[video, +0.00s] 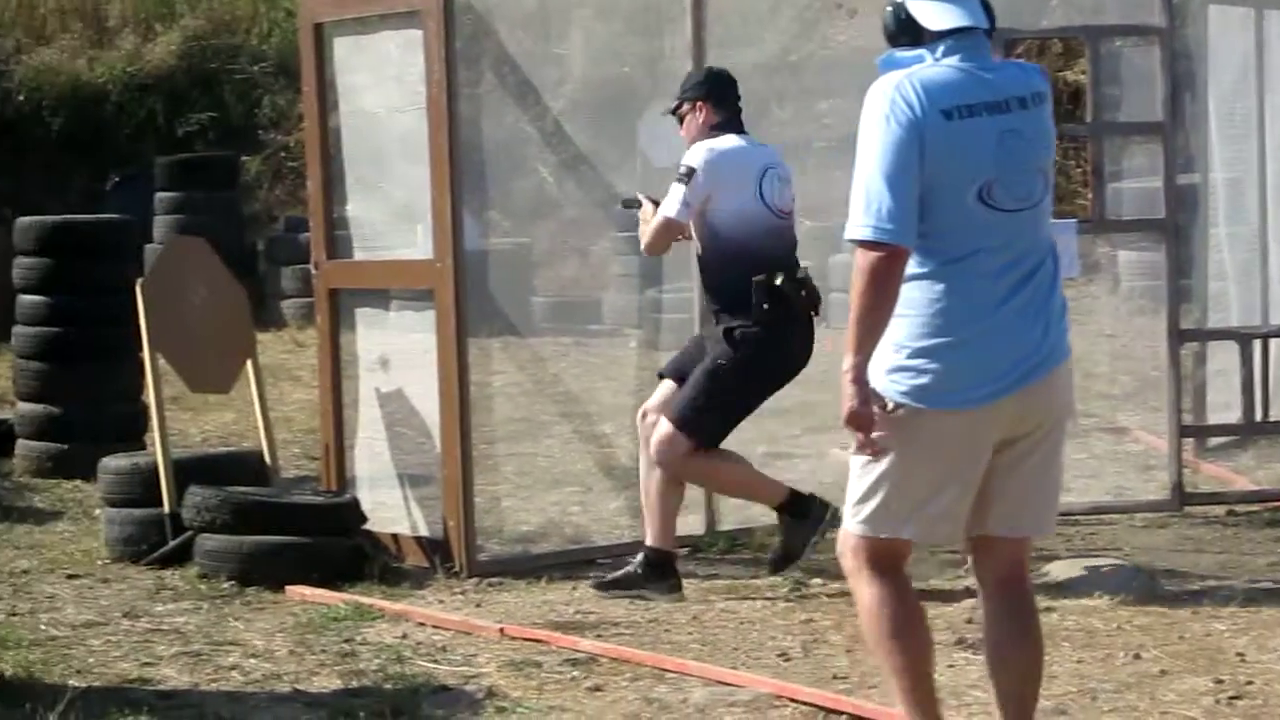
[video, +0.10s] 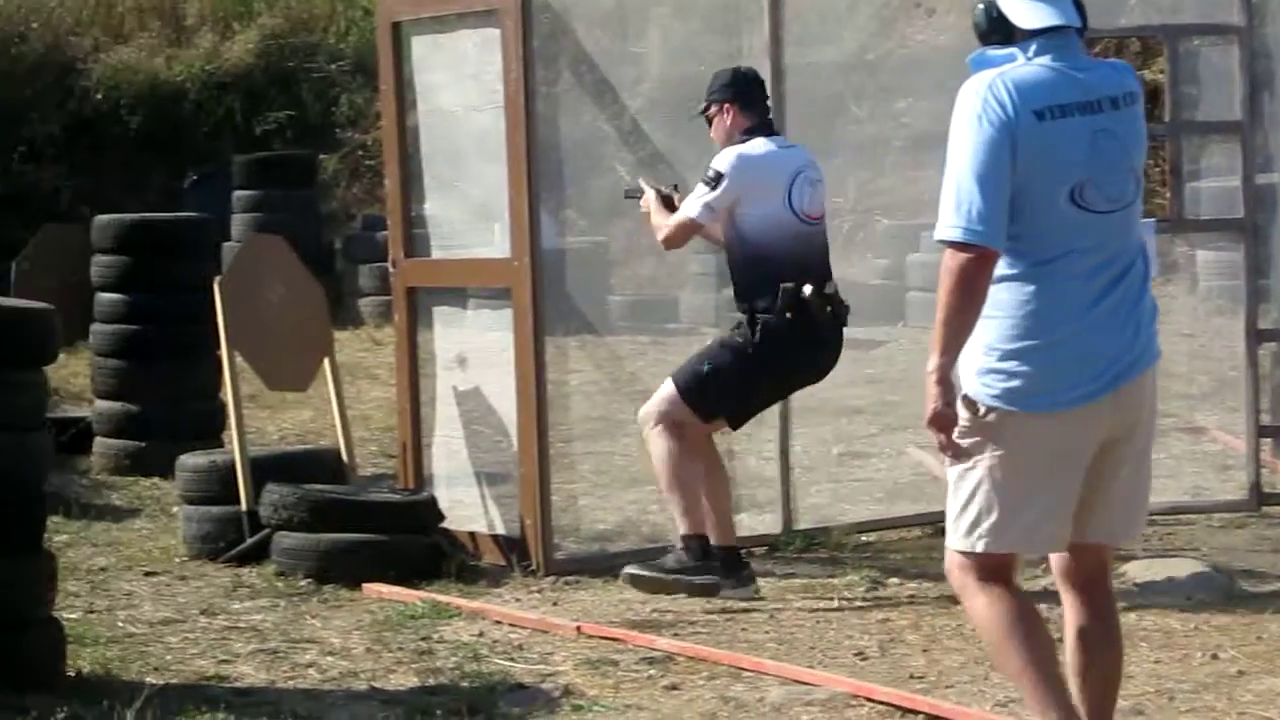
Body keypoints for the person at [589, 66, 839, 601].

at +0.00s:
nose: (679, 130)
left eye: (681, 118)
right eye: (678, 120)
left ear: (700, 112)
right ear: (730, 112)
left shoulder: (702, 158)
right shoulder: (769, 157)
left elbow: (653, 241)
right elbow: (737, 229)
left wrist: (650, 211)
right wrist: (677, 216)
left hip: (757, 332)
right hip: (750, 323)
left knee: (673, 451)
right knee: (652, 419)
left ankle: (797, 508)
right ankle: (657, 562)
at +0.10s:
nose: (710, 132)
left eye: (710, 120)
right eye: (709, 121)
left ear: (728, 112)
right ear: (760, 111)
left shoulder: (736, 162)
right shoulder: (800, 157)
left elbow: (668, 234)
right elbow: (745, 235)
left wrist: (651, 204)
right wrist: (688, 210)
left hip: (776, 331)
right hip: (820, 330)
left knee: (659, 416)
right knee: (691, 426)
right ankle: (727, 559)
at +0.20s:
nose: (717, 121)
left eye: (717, 110)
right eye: (716, 111)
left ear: (735, 104)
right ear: (769, 102)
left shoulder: (737, 153)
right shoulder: (812, 148)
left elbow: (667, 214)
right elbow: (751, 224)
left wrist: (648, 187)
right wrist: (687, 194)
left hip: (770, 325)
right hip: (824, 327)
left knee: (673, 437)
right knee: (717, 437)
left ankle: (631, 576)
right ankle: (768, 561)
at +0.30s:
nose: (689, 104)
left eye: (688, 95)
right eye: (688, 96)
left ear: (704, 90)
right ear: (743, 88)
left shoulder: (702, 139)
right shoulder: (784, 133)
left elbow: (632, 188)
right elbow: (724, 203)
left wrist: (615, 164)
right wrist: (658, 178)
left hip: (741, 312)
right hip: (804, 312)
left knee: (659, 439)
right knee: (725, 431)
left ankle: (620, 584)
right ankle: (774, 562)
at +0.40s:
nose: (652, 85)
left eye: (652, 76)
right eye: (654, 76)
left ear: (664, 75)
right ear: (706, 70)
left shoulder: (657, 124)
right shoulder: (751, 118)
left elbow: (597, 160)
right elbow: (698, 152)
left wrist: (580, 142)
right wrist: (633, 149)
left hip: (701, 299)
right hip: (771, 297)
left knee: (635, 436)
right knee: (722, 422)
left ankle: (616, 584)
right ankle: (765, 562)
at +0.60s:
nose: (607, 63)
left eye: (607, 56)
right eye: (609, 57)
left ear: (619, 55)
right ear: (664, 53)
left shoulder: (605, 102)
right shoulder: (706, 96)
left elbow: (566, 129)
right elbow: (662, 108)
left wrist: (562, 111)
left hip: (651, 285)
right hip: (722, 283)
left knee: (614, 437)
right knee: (718, 423)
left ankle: (611, 589)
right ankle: (755, 566)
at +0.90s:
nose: (588, 56)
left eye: (588, 47)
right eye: (591, 48)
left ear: (600, 49)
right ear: (645, 45)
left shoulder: (585, 97)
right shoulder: (687, 91)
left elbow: (547, 117)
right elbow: (645, 97)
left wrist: (549, 100)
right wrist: (590, 88)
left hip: (631, 287)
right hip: (704, 284)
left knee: (612, 438)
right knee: (705, 430)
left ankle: (610, 587)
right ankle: (729, 581)